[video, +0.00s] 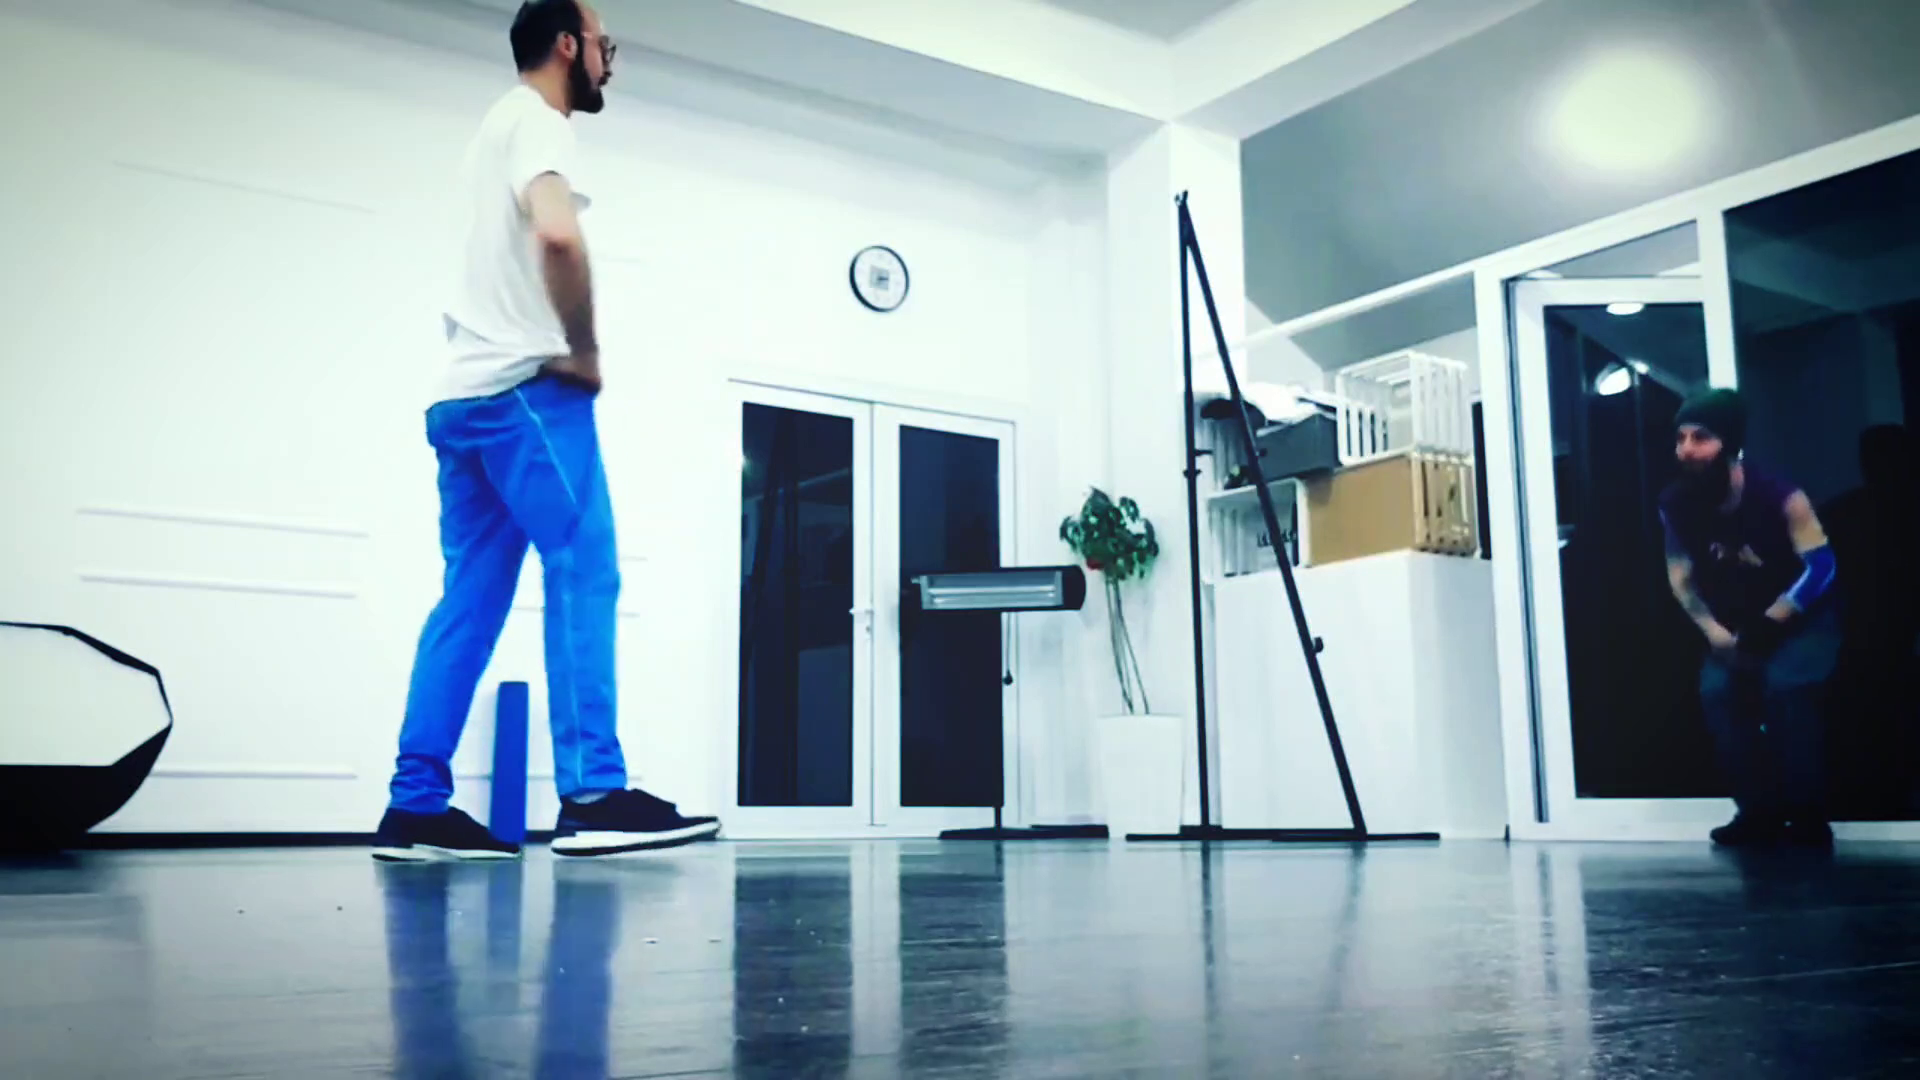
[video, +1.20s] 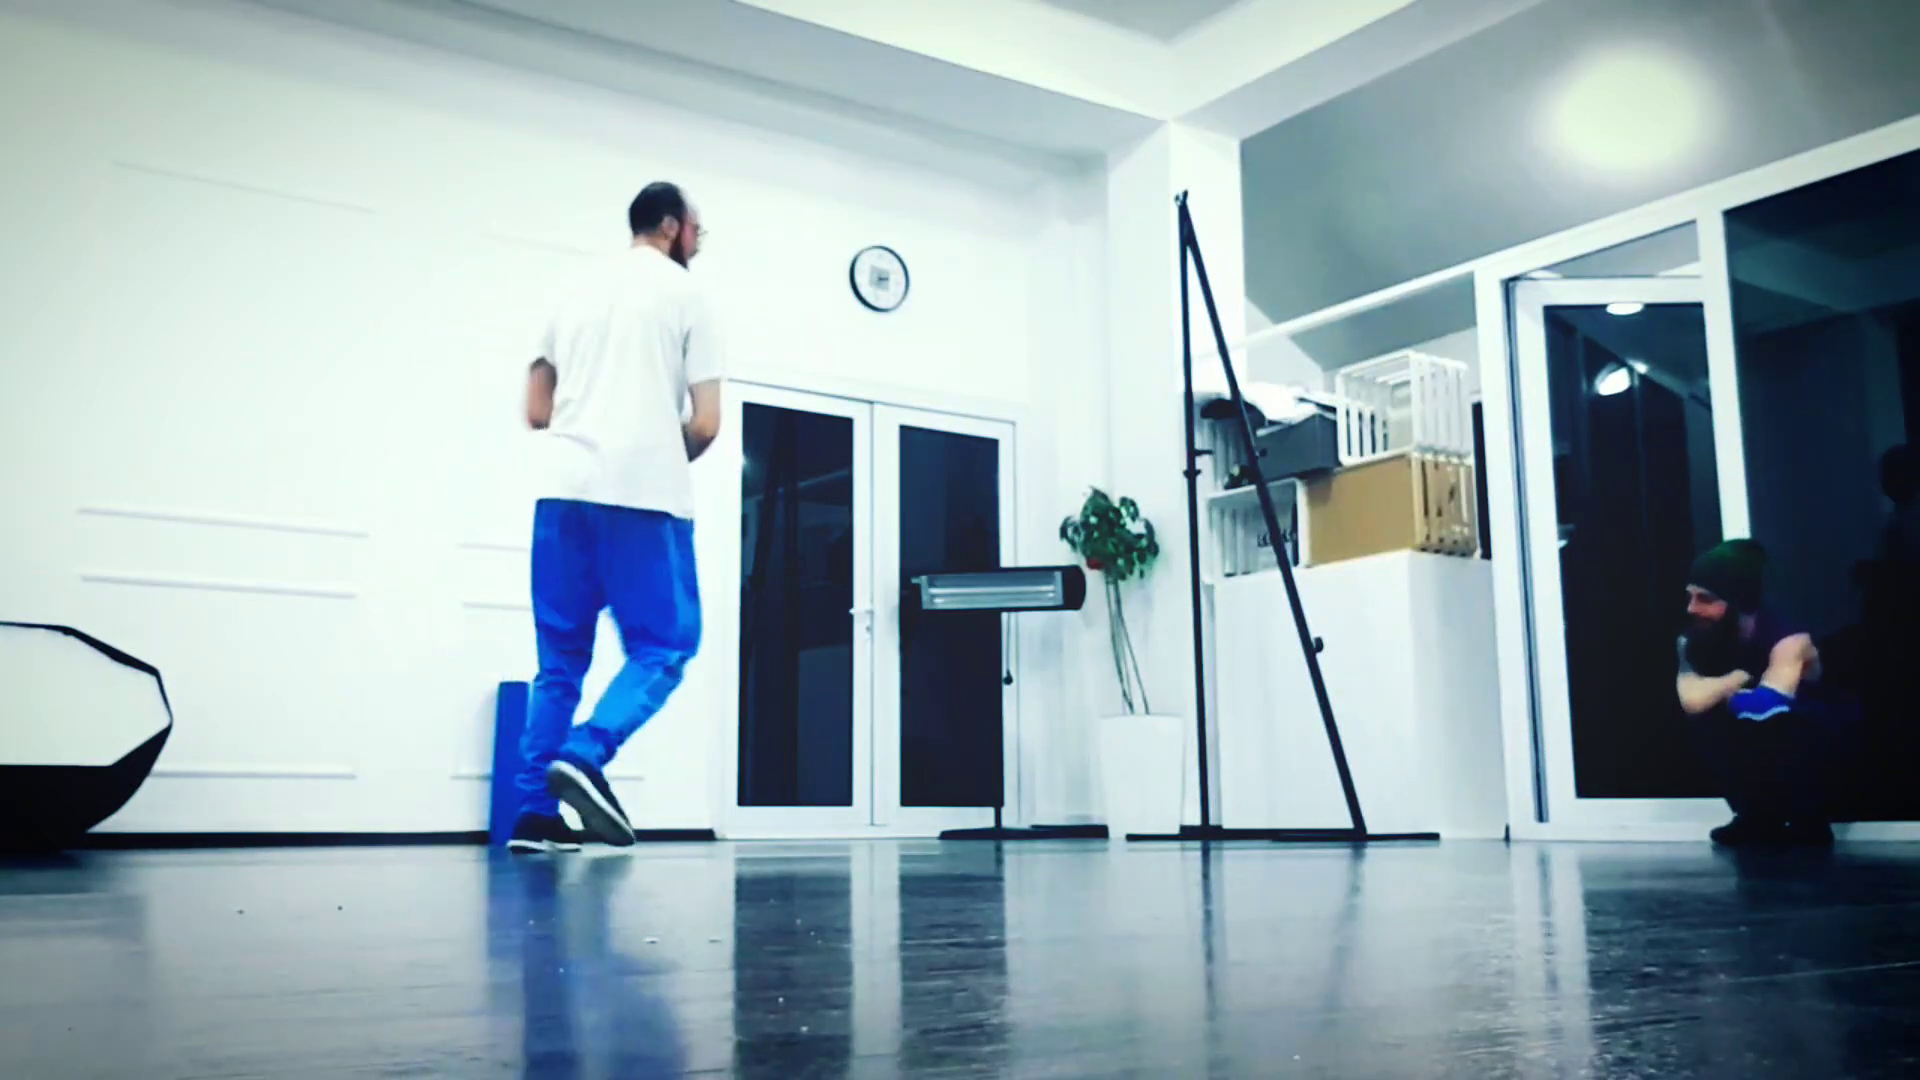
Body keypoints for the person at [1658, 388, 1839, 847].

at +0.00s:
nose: (1686, 450)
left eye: (1700, 438)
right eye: (1681, 438)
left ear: (1729, 444)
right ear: (1674, 442)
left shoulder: (1778, 494)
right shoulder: (1677, 505)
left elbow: (1821, 566)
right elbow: (1681, 583)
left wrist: (1773, 619)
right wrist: (1715, 632)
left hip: (1797, 618)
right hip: (1734, 624)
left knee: (1786, 685)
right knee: (1716, 689)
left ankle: (1806, 816)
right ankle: (1755, 810)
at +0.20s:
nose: (1682, 499)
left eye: (1696, 488)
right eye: (1678, 488)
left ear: (1725, 492)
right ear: (1672, 492)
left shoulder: (1776, 541)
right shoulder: (1678, 554)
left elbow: (1802, 621)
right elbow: (1687, 627)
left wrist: (1729, 660)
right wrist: (1723, 656)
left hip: (1792, 654)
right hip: (1737, 660)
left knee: (1768, 696)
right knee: (1702, 693)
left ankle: (1805, 818)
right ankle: (1753, 813)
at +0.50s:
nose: (1691, 556)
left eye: (1705, 546)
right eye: (1688, 545)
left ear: (1735, 548)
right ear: (1684, 546)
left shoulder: (1782, 593)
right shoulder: (1688, 599)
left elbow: (1782, 667)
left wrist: (1705, 682)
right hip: (1735, 706)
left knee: (1764, 708)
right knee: (1701, 710)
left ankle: (1803, 820)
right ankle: (1753, 815)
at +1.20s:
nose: (1692, 609)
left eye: (1705, 600)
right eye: (1690, 598)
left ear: (1737, 602)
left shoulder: (1787, 637)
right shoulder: (1693, 642)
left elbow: (1771, 700)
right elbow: (1692, 699)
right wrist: (1736, 679)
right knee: (1709, 723)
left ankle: (1808, 823)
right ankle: (1755, 818)